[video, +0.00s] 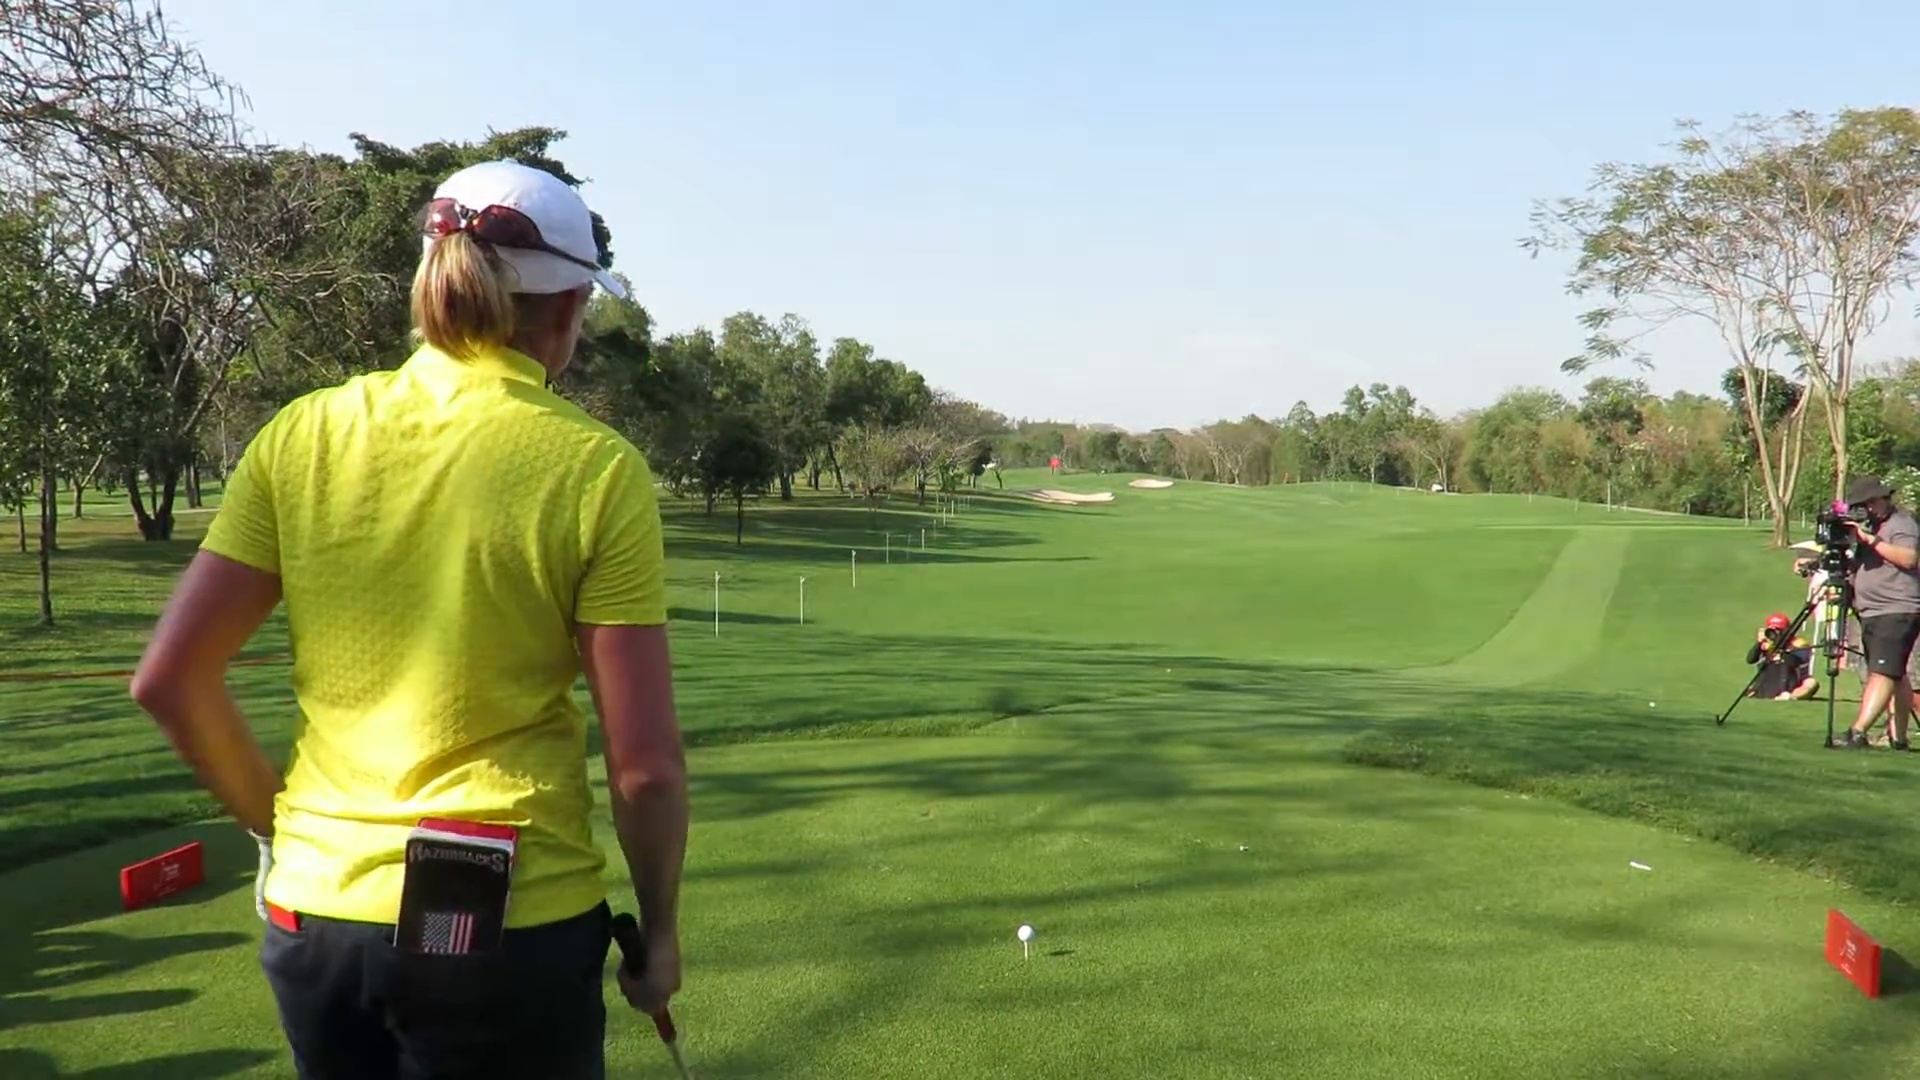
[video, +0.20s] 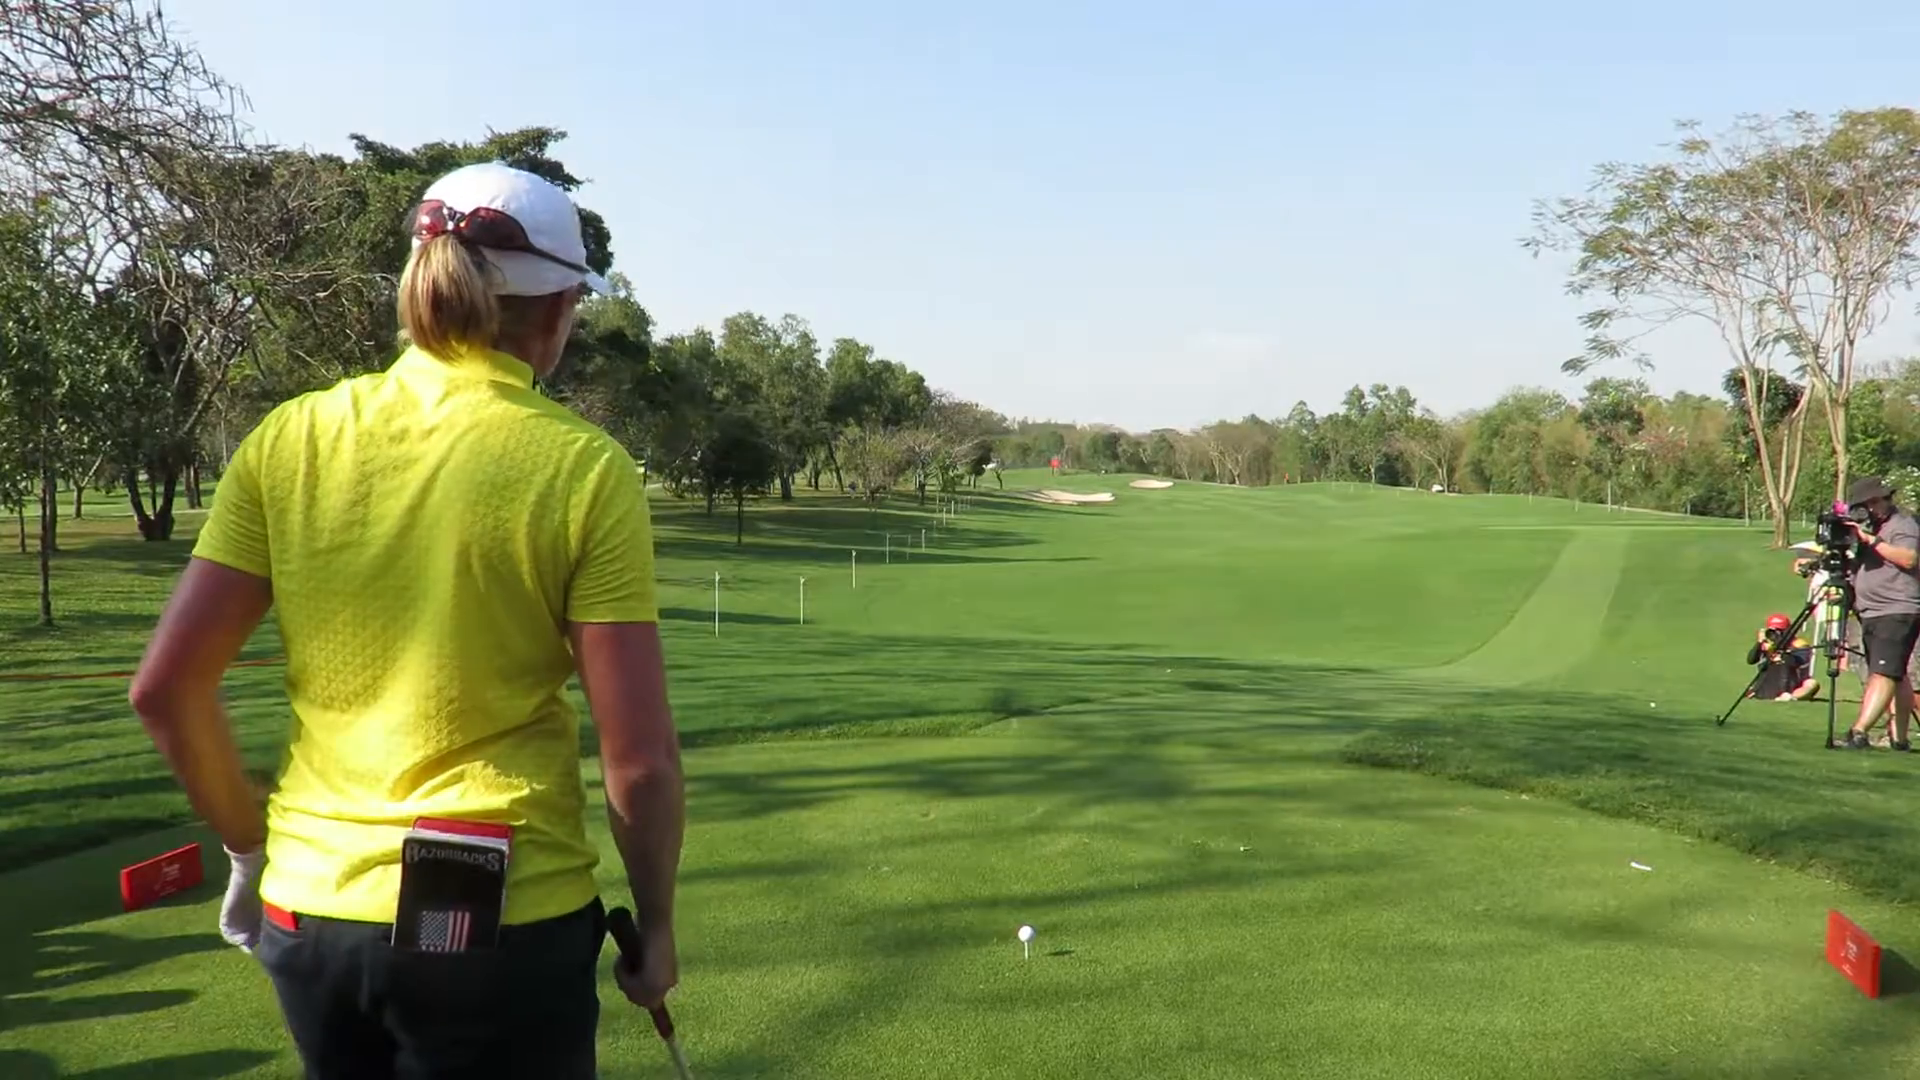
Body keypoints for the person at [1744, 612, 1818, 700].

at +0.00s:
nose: (1774, 636)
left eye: (1777, 632)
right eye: (1771, 632)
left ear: (1786, 631)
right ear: (1767, 632)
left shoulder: (1798, 644)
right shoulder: (1767, 645)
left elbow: (1799, 661)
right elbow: (1750, 660)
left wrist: (1783, 655)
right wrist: (1759, 643)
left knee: (1812, 683)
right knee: (1749, 691)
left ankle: (1791, 696)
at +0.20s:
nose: (1775, 636)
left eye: (1778, 632)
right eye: (1771, 633)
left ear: (1786, 632)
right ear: (1767, 633)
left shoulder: (1799, 645)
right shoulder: (1767, 645)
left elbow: (1798, 661)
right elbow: (1751, 661)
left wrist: (1782, 657)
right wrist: (1759, 643)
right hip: (1768, 682)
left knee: (1812, 683)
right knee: (1749, 691)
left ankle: (1791, 697)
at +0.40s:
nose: (1774, 636)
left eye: (1777, 632)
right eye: (1770, 632)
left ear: (1786, 631)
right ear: (1767, 633)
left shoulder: (1799, 645)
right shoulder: (1767, 645)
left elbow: (1798, 661)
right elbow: (1750, 660)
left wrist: (1782, 657)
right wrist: (1759, 643)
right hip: (1767, 684)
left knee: (1812, 683)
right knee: (1748, 691)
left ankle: (1791, 697)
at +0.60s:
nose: (1774, 636)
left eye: (1777, 632)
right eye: (1771, 633)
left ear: (1786, 631)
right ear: (1767, 633)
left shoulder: (1800, 645)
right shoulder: (1768, 645)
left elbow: (1798, 662)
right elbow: (1750, 660)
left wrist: (1782, 656)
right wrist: (1759, 644)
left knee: (1812, 683)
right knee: (1749, 691)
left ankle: (1791, 697)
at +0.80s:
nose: (1773, 636)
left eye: (1777, 632)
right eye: (1770, 632)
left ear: (1786, 632)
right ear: (1767, 632)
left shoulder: (1799, 645)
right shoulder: (1767, 645)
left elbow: (1798, 662)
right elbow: (1750, 660)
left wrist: (1783, 656)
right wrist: (1759, 643)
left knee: (1812, 683)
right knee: (1749, 691)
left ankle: (1791, 696)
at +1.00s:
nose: (1773, 636)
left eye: (1776, 632)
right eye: (1770, 632)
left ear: (1785, 631)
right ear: (1767, 632)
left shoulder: (1799, 644)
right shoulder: (1768, 645)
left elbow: (1798, 662)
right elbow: (1750, 660)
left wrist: (1783, 656)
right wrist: (1758, 643)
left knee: (1812, 683)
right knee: (1749, 691)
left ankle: (1791, 696)